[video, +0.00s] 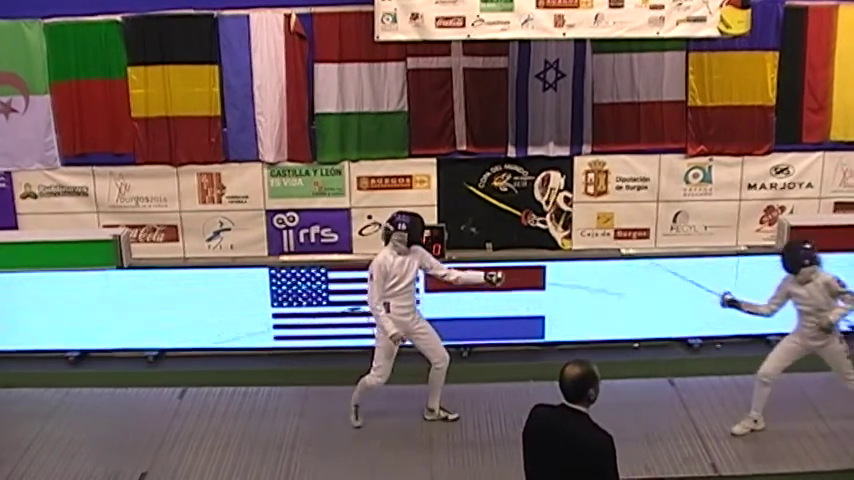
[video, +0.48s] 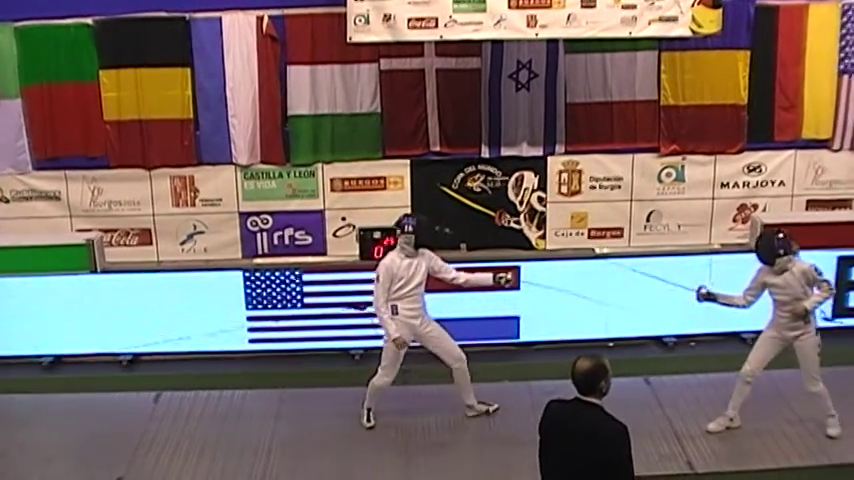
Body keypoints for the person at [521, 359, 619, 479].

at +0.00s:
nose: (599, 388)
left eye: (598, 384)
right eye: (597, 385)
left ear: (562, 387)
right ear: (592, 393)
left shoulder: (538, 415)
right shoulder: (602, 441)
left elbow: (531, 469)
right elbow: (610, 475)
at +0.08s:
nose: (602, 388)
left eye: (600, 384)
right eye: (600, 385)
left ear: (565, 387)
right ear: (594, 394)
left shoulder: (541, 414)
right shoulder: (604, 441)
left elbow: (534, 469)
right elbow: (612, 474)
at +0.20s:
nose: (606, 387)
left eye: (605, 382)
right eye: (604, 384)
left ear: (569, 386)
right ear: (598, 392)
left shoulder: (545, 414)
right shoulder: (608, 440)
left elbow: (538, 470)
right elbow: (615, 475)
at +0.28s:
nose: (605, 386)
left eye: (604, 382)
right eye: (603, 383)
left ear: (569, 386)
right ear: (598, 391)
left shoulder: (545, 414)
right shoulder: (608, 438)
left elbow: (538, 470)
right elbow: (615, 475)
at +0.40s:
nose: (608, 384)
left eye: (606, 379)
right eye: (606, 380)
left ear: (572, 383)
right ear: (600, 388)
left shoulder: (549, 412)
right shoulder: (613, 434)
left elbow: (541, 470)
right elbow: (620, 474)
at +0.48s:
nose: (611, 380)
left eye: (609, 376)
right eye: (609, 377)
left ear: (575, 381)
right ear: (603, 385)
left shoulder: (553, 411)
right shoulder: (616, 431)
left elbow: (546, 467)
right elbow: (625, 474)